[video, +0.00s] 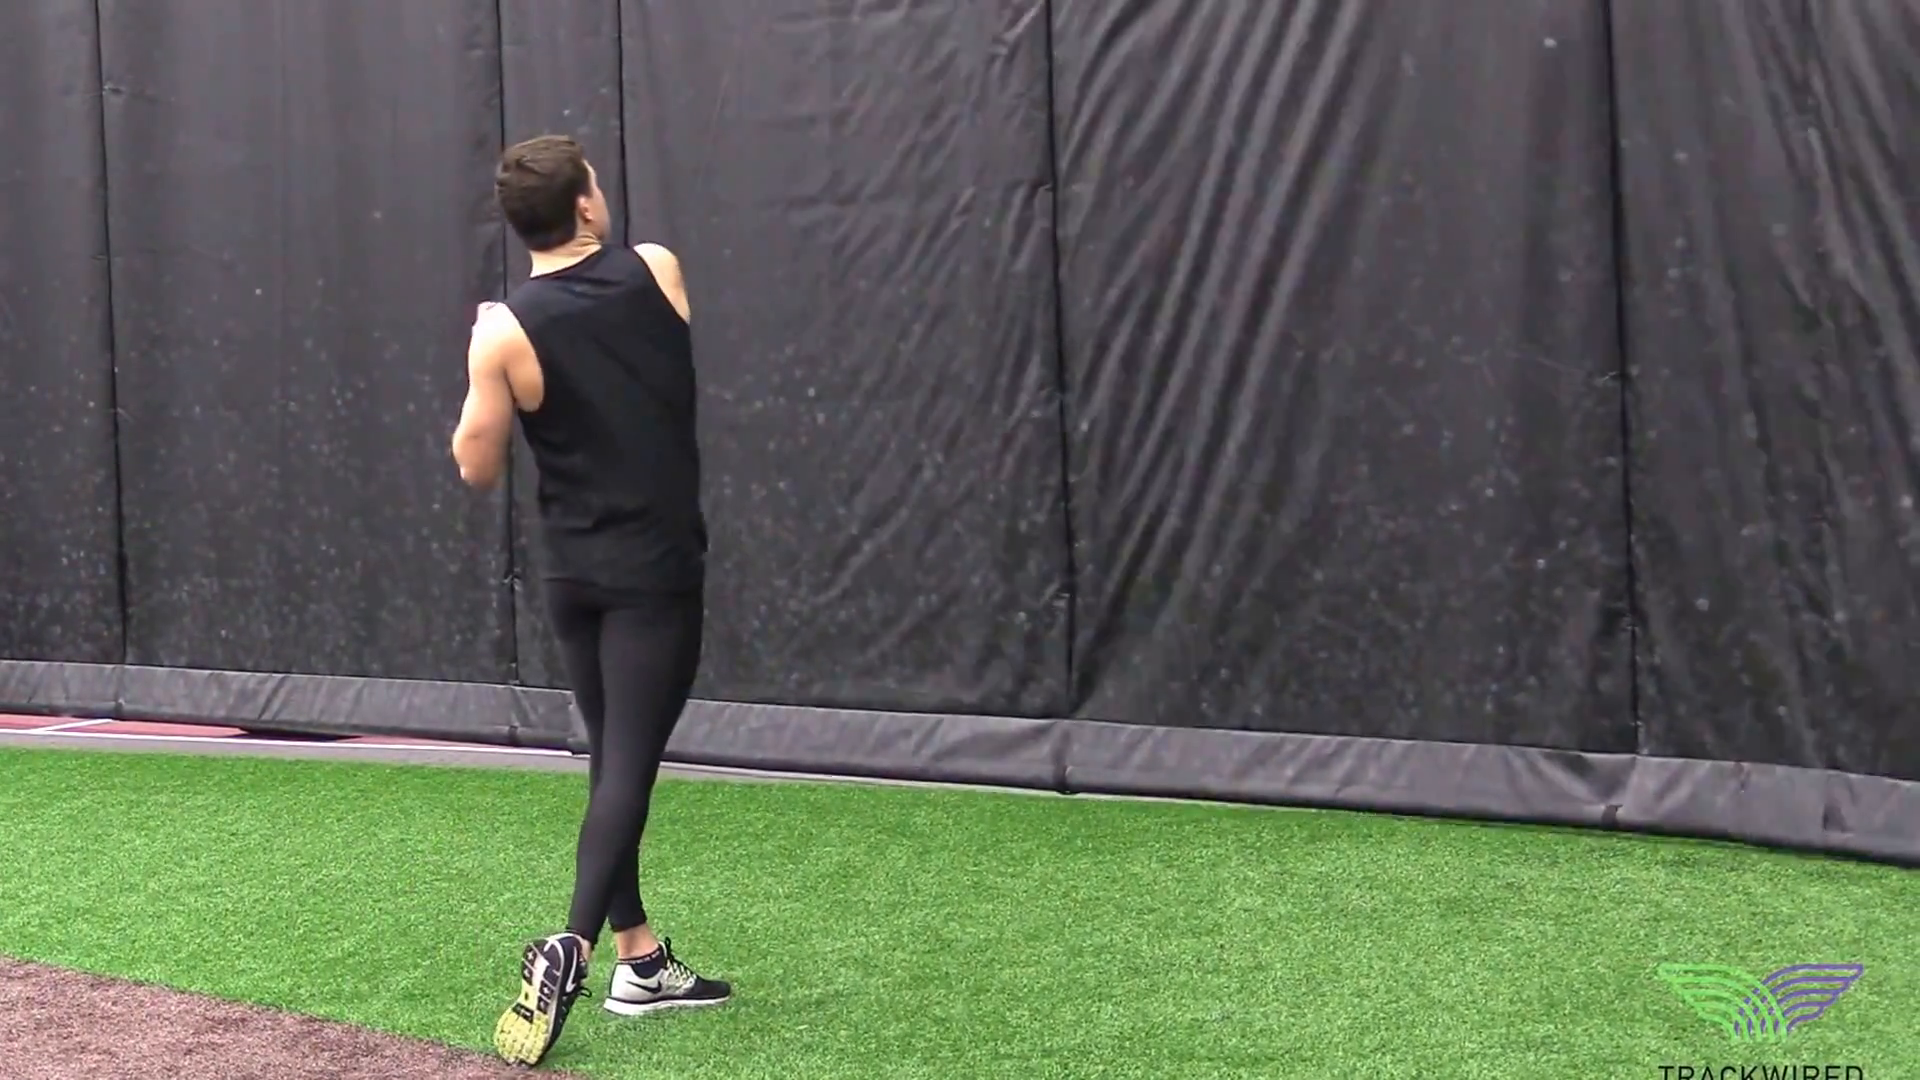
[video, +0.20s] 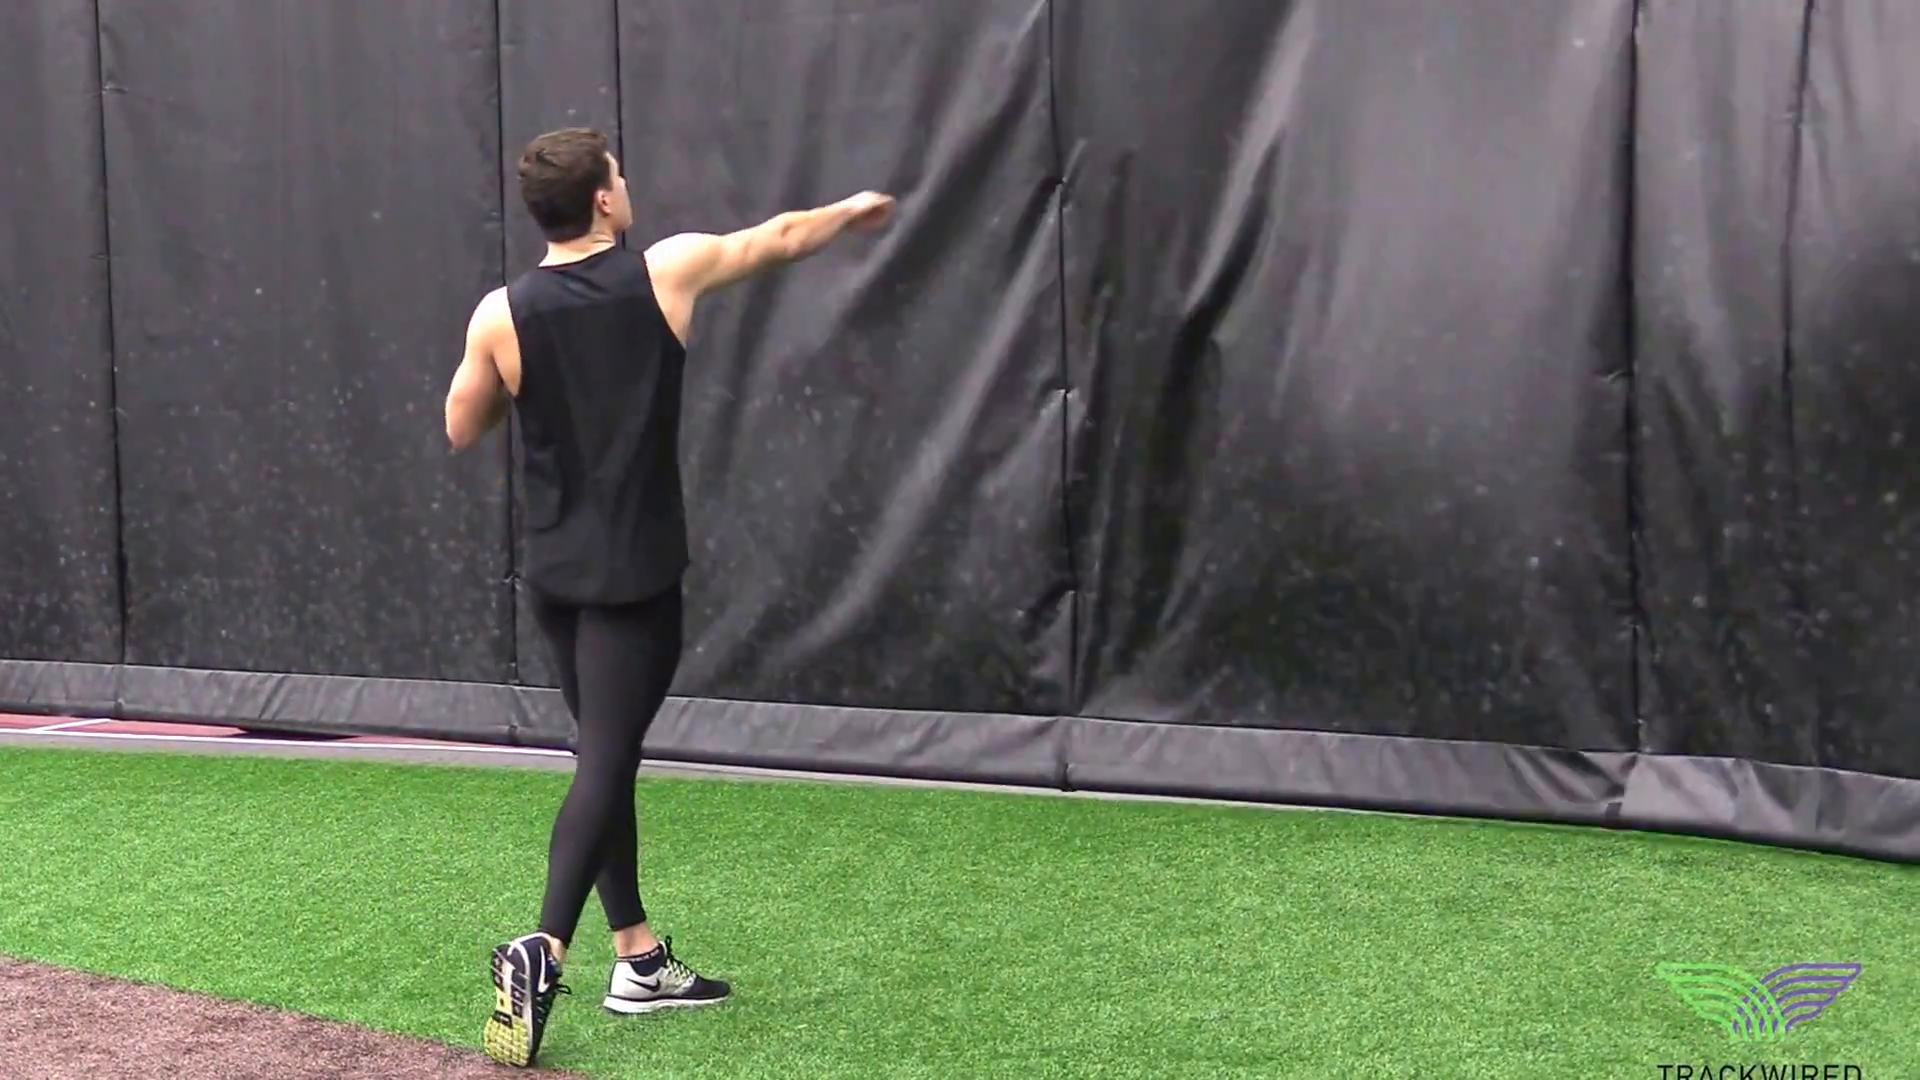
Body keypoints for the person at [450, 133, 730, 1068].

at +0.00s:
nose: (603, 186)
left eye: (590, 179)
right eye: (596, 181)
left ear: (517, 225)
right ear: (586, 206)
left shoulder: (504, 329)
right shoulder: (656, 270)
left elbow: (477, 466)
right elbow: (657, 363)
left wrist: (485, 378)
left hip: (569, 563)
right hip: (658, 559)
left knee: (611, 762)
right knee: (628, 766)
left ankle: (641, 959)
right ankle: (571, 948)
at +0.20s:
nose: (626, 186)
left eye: (615, 174)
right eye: (618, 177)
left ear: (542, 214)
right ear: (602, 200)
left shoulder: (501, 316)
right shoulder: (670, 266)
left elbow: (462, 427)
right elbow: (779, 240)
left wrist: (511, 362)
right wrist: (846, 213)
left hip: (553, 568)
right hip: (636, 565)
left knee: (606, 757)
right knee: (603, 762)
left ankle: (638, 958)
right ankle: (543, 949)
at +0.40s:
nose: (629, 195)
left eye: (621, 180)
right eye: (622, 184)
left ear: (541, 213)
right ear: (604, 204)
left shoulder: (499, 312)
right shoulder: (656, 280)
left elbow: (482, 425)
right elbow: (796, 258)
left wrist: (524, 355)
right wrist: (910, 229)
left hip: (549, 565)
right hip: (630, 563)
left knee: (602, 760)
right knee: (604, 762)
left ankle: (634, 960)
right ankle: (534, 948)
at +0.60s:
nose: (634, 216)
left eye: (630, 199)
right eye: (629, 201)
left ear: (551, 209)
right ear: (602, 207)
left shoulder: (496, 312)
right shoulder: (644, 283)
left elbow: (493, 428)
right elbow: (790, 259)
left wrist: (542, 359)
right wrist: (908, 229)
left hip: (555, 571)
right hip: (631, 567)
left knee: (604, 766)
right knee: (611, 769)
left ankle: (634, 960)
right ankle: (546, 951)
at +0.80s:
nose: (639, 221)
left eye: (637, 205)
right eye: (635, 206)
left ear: (556, 210)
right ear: (607, 208)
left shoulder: (495, 315)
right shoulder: (645, 282)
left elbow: (496, 434)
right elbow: (788, 250)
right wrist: (901, 213)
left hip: (553, 572)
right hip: (632, 567)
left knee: (601, 769)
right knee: (612, 772)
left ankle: (634, 961)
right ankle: (545, 951)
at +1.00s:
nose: (652, 226)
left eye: (650, 212)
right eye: (649, 211)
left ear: (571, 216)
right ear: (620, 213)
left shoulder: (504, 313)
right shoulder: (651, 287)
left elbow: (501, 438)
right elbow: (796, 265)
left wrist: (555, 462)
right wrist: (909, 230)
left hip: (546, 571)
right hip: (625, 568)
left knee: (602, 763)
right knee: (596, 767)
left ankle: (634, 963)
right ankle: (516, 957)